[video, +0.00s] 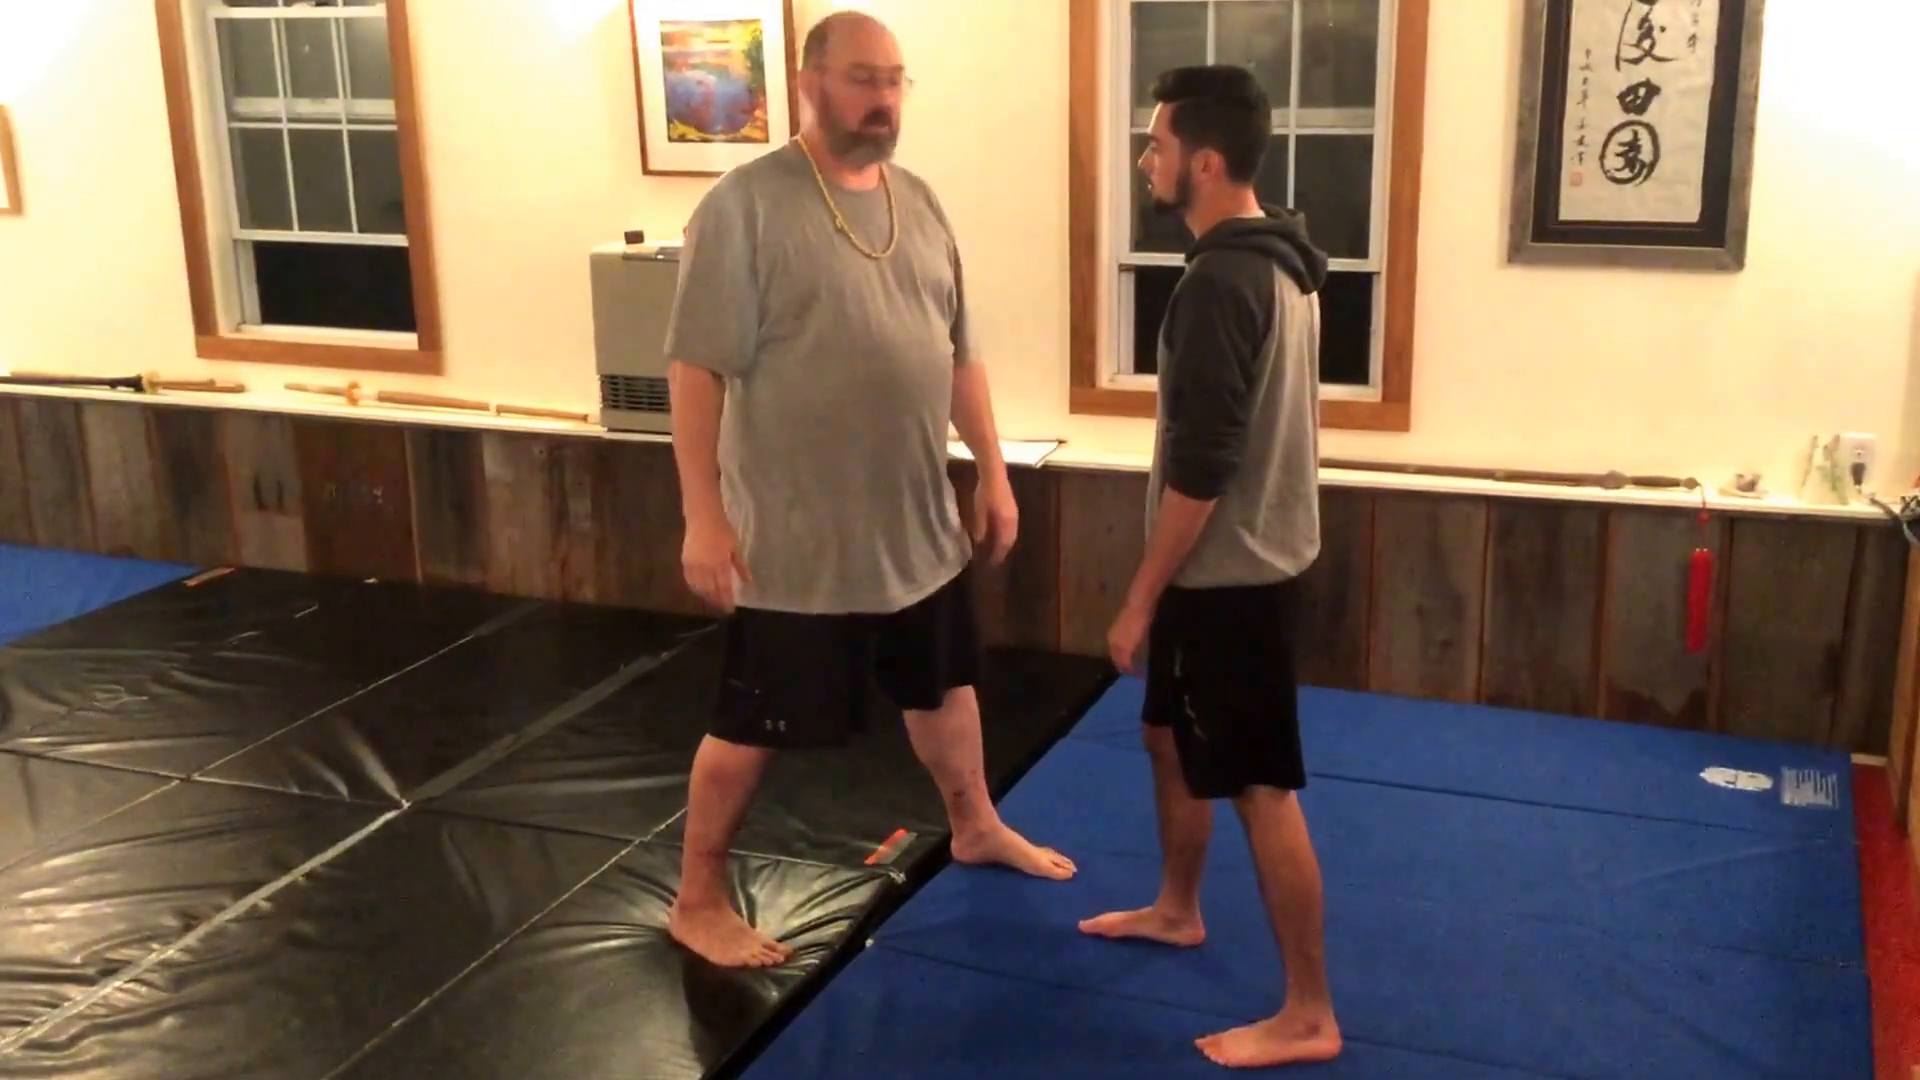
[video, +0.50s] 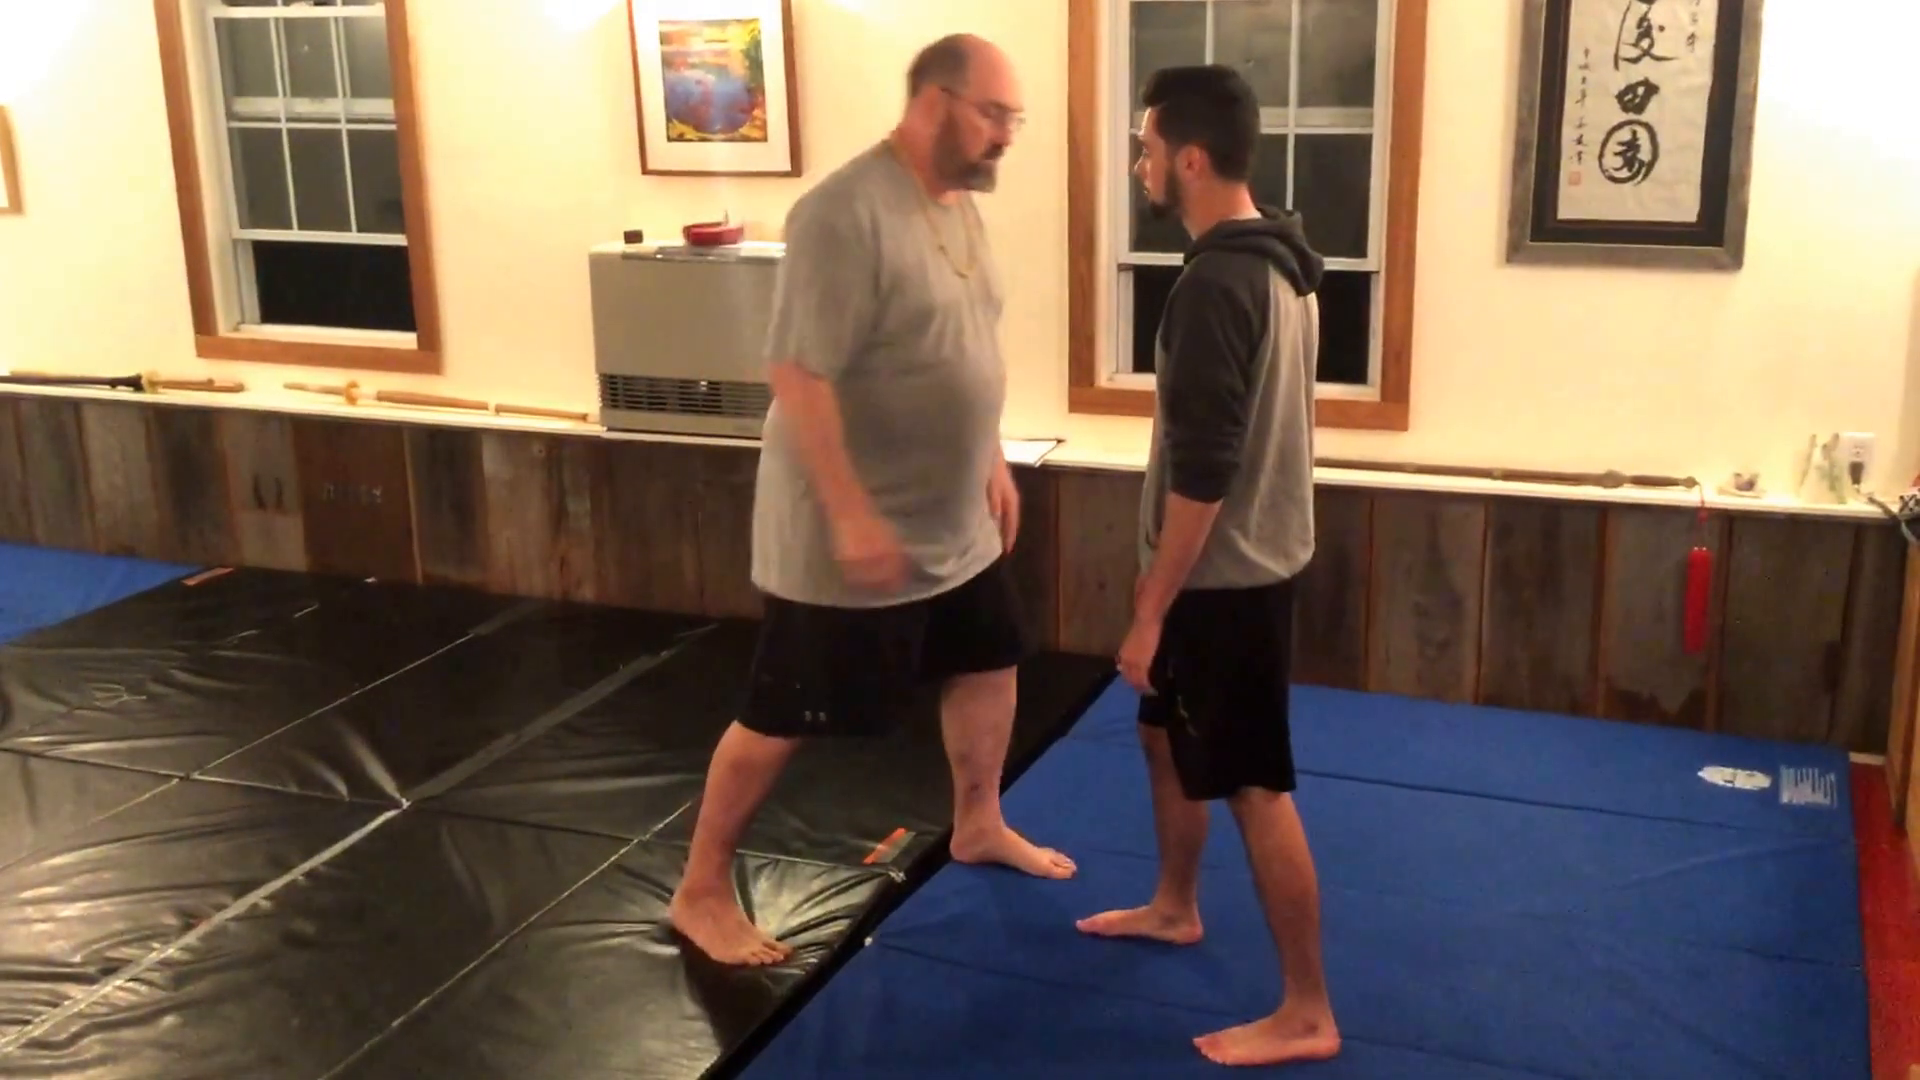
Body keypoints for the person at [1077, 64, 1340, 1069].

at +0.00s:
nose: (1146, 157)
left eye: (1158, 141)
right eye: (1150, 139)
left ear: (1205, 157)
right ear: (1230, 158)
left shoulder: (1221, 280)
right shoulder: (1276, 255)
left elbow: (1200, 472)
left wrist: (1139, 599)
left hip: (1235, 569)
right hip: (1229, 555)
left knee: (1262, 787)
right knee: (1169, 734)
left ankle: (1309, 1013)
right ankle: (1177, 906)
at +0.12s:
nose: (1145, 157)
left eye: (1158, 141)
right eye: (1149, 139)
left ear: (1206, 156)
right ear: (1229, 158)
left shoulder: (1220, 281)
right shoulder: (1275, 259)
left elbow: (1200, 473)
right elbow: (1268, 434)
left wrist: (1140, 605)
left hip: (1232, 570)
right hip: (1232, 557)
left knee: (1258, 785)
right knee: (1169, 733)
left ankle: (1309, 1012)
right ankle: (1176, 906)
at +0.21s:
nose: (1143, 157)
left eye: (1156, 141)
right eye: (1147, 138)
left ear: (1204, 156)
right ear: (1228, 157)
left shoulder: (1218, 280)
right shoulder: (1276, 258)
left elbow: (1203, 473)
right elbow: (1272, 433)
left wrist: (1148, 608)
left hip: (1231, 571)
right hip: (1239, 557)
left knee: (1258, 786)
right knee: (1167, 728)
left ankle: (1308, 1013)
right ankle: (1177, 905)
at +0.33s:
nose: (1143, 157)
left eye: (1154, 140)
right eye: (1147, 138)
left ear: (1199, 155)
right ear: (1230, 155)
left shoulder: (1217, 280)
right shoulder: (1276, 258)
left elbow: (1205, 473)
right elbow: (1273, 430)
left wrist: (1151, 612)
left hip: (1230, 572)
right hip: (1239, 557)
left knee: (1257, 785)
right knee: (1167, 727)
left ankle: (1308, 1012)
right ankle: (1176, 904)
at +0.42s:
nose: (1143, 160)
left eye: (1153, 142)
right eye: (1147, 141)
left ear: (1196, 154)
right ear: (1230, 153)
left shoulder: (1217, 279)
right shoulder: (1278, 258)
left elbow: (1204, 472)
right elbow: (1275, 431)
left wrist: (1151, 614)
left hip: (1230, 572)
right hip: (1241, 557)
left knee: (1256, 784)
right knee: (1166, 727)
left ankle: (1308, 1011)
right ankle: (1176, 904)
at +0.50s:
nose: (1142, 162)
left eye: (1150, 145)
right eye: (1144, 144)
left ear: (1193, 155)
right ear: (1231, 152)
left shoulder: (1216, 281)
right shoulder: (1277, 255)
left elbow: (1204, 474)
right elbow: (1275, 425)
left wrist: (1149, 613)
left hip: (1229, 571)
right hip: (1239, 555)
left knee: (1254, 784)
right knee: (1165, 725)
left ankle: (1307, 1010)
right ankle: (1175, 903)